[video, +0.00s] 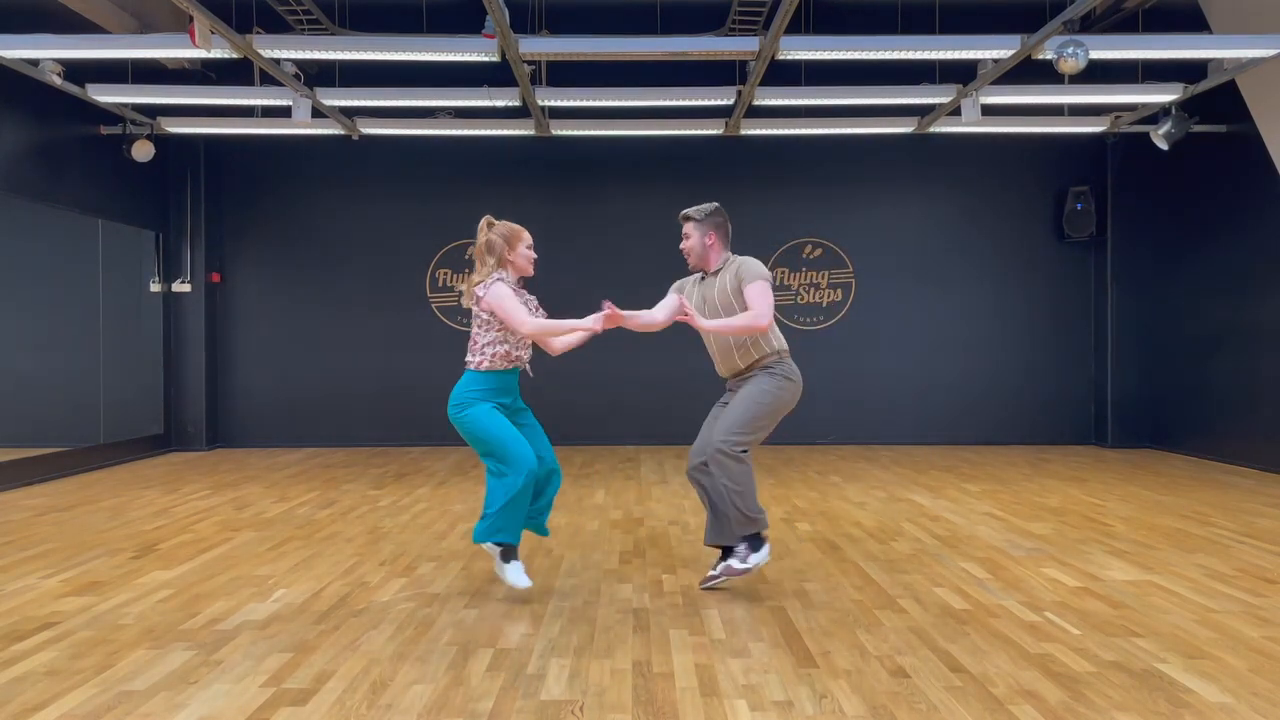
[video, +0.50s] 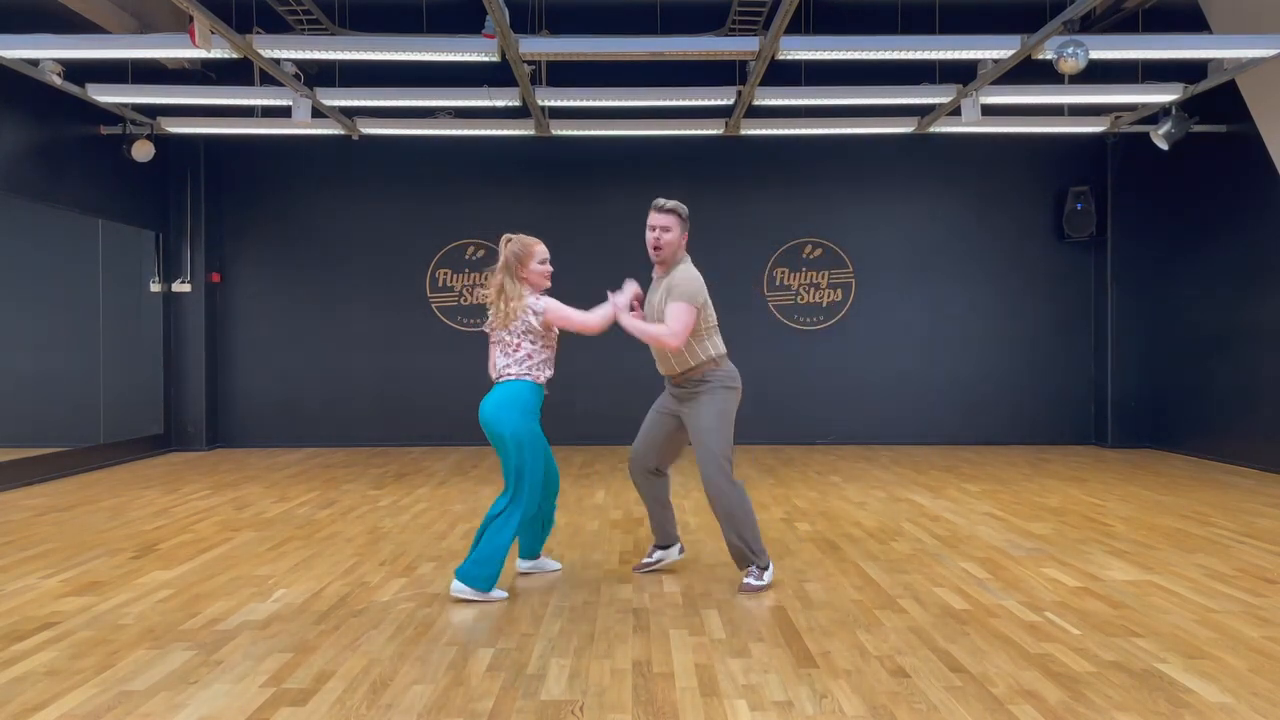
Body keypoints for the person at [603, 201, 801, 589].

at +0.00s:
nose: (681, 245)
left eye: (687, 237)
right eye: (681, 237)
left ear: (711, 238)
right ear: (705, 240)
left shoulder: (747, 268)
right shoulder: (685, 287)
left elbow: (761, 319)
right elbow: (656, 318)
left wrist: (706, 325)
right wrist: (621, 317)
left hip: (773, 374)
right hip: (736, 384)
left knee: (723, 445)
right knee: (699, 464)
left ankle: (752, 540)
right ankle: (733, 549)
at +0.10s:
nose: (677, 248)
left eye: (683, 240)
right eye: (678, 240)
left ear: (708, 241)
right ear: (701, 243)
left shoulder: (747, 280)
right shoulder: (675, 289)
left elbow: (742, 331)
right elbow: (645, 328)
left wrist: (682, 326)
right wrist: (611, 325)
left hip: (760, 380)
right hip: (724, 389)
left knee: (722, 459)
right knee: (708, 473)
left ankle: (710, 553)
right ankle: (738, 569)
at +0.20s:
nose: (669, 238)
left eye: (675, 231)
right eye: (669, 231)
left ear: (700, 231)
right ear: (694, 233)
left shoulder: (732, 269)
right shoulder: (675, 274)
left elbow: (703, 318)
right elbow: (658, 325)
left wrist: (651, 325)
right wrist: (633, 312)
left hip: (750, 375)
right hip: (713, 381)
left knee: (723, 454)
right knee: (691, 467)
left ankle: (727, 562)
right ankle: (731, 556)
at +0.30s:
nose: (659, 235)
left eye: (665, 227)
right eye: (659, 227)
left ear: (690, 228)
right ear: (686, 230)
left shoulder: (708, 265)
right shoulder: (687, 269)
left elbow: (679, 328)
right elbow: (693, 323)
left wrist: (632, 336)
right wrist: (657, 316)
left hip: (742, 377)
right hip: (701, 381)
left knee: (720, 460)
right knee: (662, 455)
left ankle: (751, 546)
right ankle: (694, 539)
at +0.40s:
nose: (655, 244)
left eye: (663, 237)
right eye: (654, 237)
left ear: (689, 242)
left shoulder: (693, 284)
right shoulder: (679, 282)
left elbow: (683, 355)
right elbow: (689, 337)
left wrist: (640, 354)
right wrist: (663, 330)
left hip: (727, 391)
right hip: (689, 395)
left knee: (720, 484)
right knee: (650, 475)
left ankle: (760, 559)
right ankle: (668, 546)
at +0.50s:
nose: (656, 237)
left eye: (665, 231)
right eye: (651, 230)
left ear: (684, 238)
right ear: (645, 234)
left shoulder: (685, 280)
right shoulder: (658, 280)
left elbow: (673, 337)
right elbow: (660, 324)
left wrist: (626, 319)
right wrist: (639, 310)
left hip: (712, 384)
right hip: (677, 388)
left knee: (715, 474)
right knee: (643, 463)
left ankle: (757, 563)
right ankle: (667, 544)